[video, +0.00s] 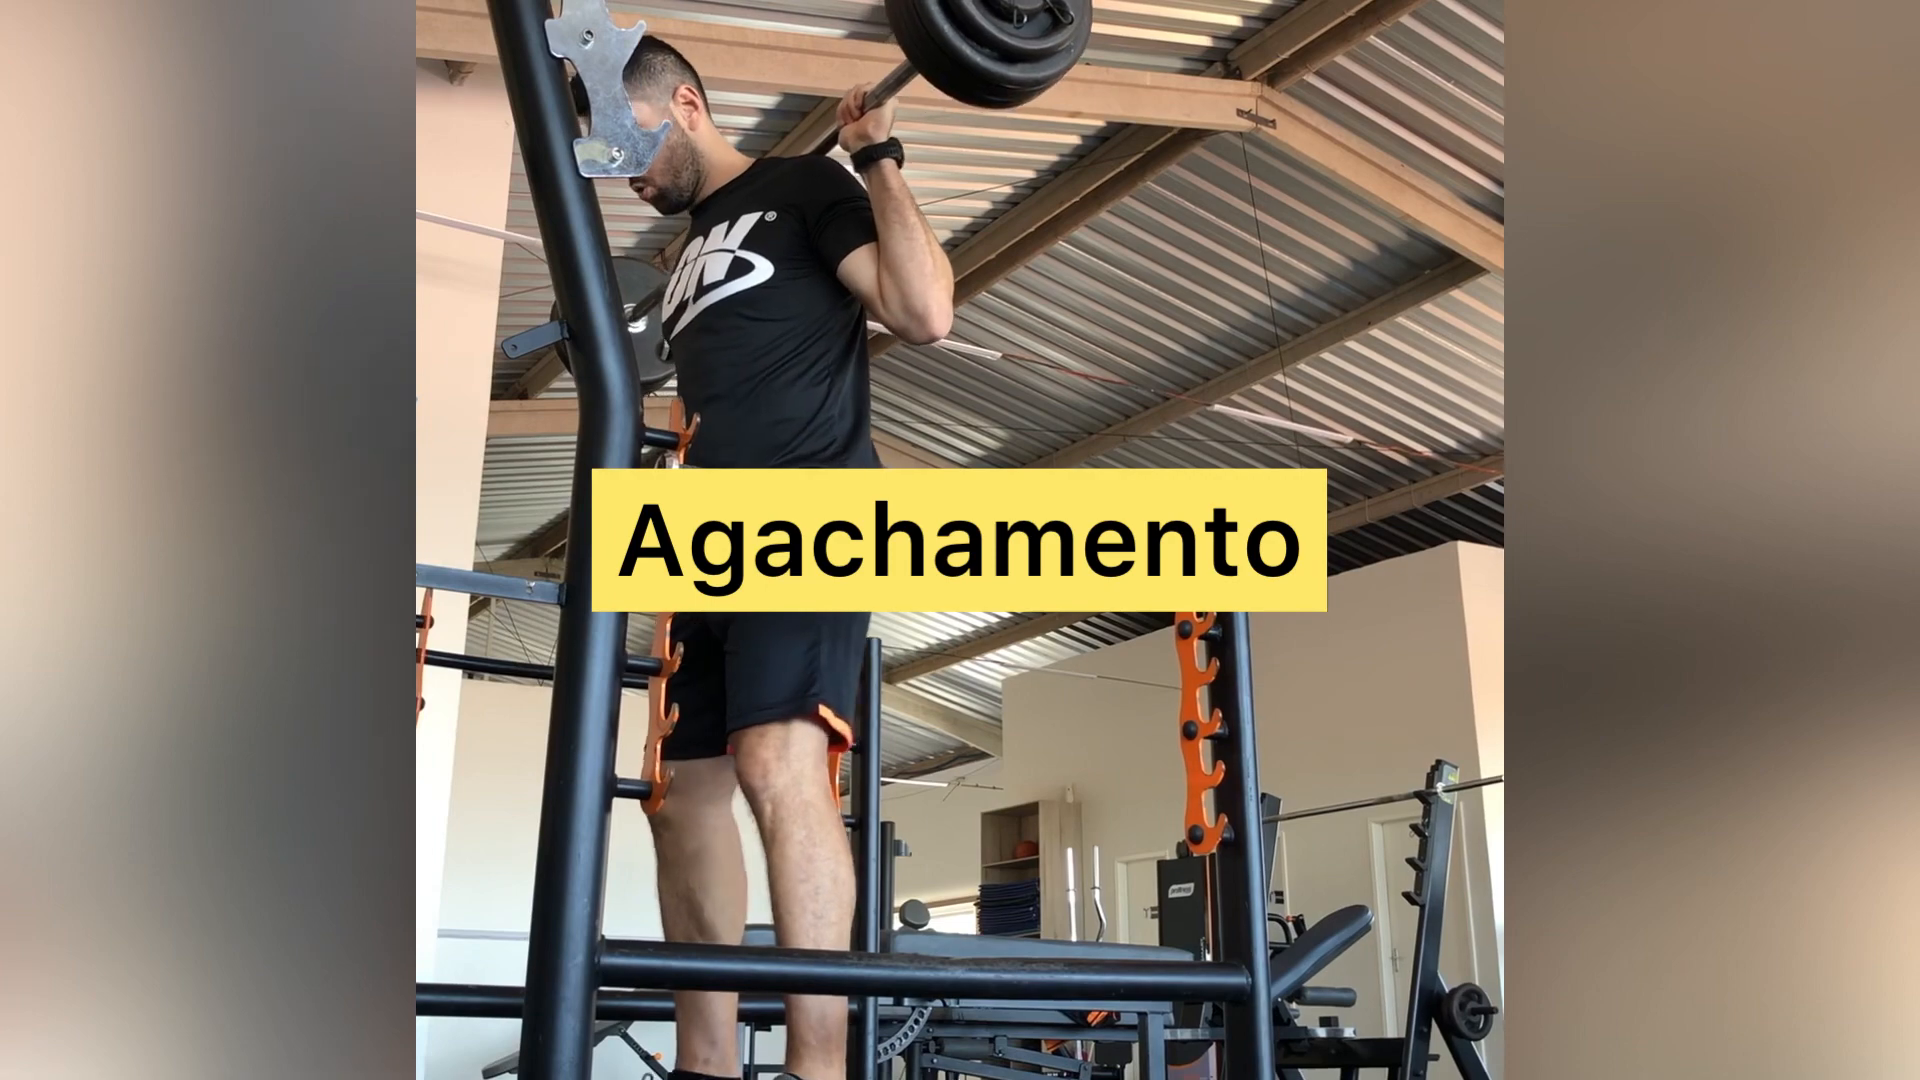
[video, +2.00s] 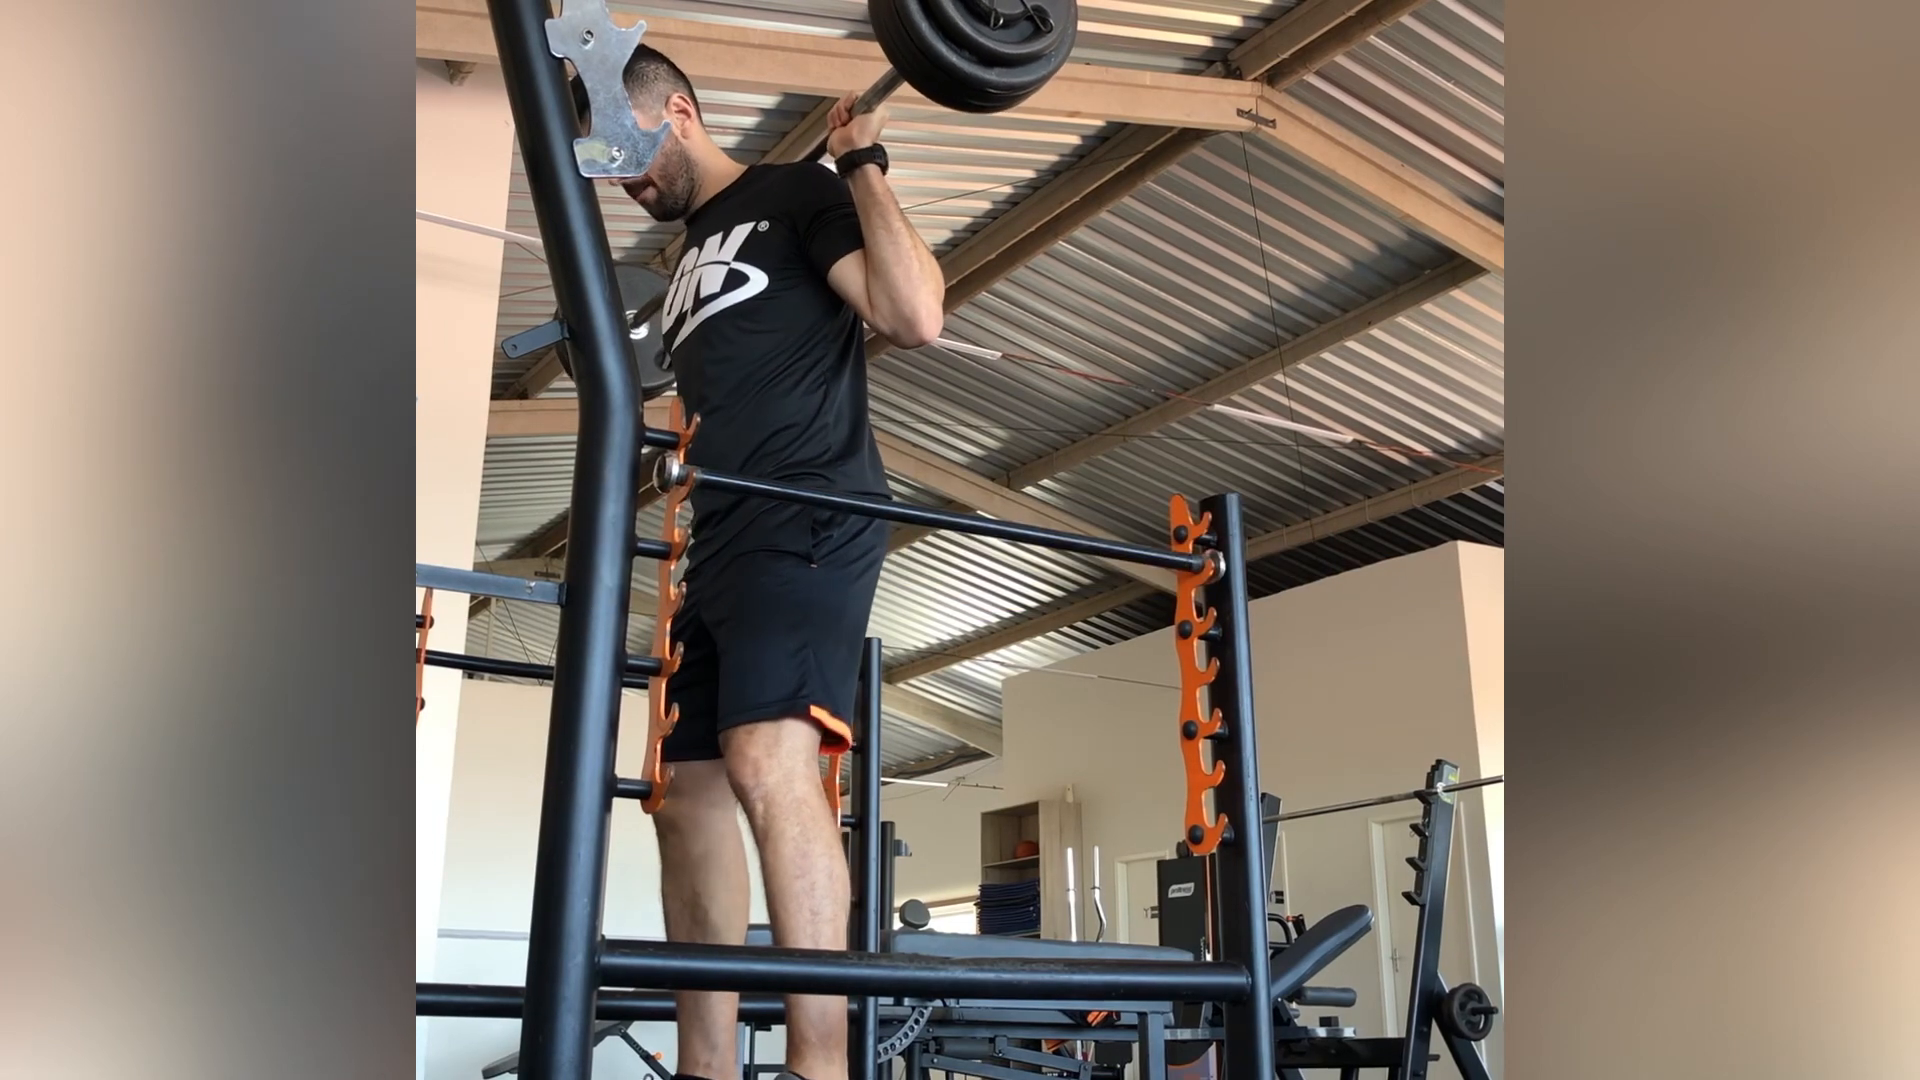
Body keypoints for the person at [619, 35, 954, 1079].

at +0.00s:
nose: (631, 172)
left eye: (635, 144)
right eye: (618, 154)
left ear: (690, 106)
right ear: (662, 124)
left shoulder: (806, 183)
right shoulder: (686, 258)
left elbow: (928, 312)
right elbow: (704, 420)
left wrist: (880, 161)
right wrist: (672, 573)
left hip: (808, 522)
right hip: (713, 537)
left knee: (779, 758)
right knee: (686, 786)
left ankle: (822, 1062)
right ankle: (708, 1063)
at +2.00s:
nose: (630, 182)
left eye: (635, 152)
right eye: (615, 165)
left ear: (684, 112)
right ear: (643, 139)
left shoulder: (799, 192)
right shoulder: (685, 257)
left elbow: (917, 316)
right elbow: (714, 406)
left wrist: (866, 170)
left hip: (809, 512)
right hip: (726, 529)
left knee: (769, 755)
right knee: (687, 788)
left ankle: (825, 1063)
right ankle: (709, 1067)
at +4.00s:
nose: (601, 200)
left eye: (611, 170)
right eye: (588, 180)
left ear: (674, 145)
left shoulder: (790, 218)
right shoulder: (670, 303)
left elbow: (919, 344)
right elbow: (698, 433)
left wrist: (855, 197)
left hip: (849, 538)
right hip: (752, 560)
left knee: (760, 756)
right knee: (659, 793)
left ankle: (822, 1066)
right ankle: (697, 1067)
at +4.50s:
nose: (590, 348)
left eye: (597, 321)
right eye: (577, 329)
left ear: (653, 305)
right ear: (641, 314)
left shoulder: (773, 376)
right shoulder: (645, 447)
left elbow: (911, 503)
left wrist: (832, 360)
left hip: (876, 668)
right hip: (766, 691)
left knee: (697, 793)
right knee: (576, 825)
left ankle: (817, 1069)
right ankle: (686, 1074)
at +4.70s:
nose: (571, 446)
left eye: (582, 415)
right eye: (557, 428)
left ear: (648, 388)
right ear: (550, 430)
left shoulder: (764, 450)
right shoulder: (637, 519)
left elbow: (911, 586)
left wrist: (824, 443)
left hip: (884, 728)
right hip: (772, 756)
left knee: (687, 799)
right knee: (556, 839)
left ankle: (815, 1071)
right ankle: (684, 1074)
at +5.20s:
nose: (548, 573)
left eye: (560, 542)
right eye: (537, 552)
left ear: (638, 514)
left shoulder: (749, 578)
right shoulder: (623, 643)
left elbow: (911, 714)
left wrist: (809, 570)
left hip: (886, 853)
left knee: (667, 818)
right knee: (547, 848)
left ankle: (802, 1071)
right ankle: (681, 1073)